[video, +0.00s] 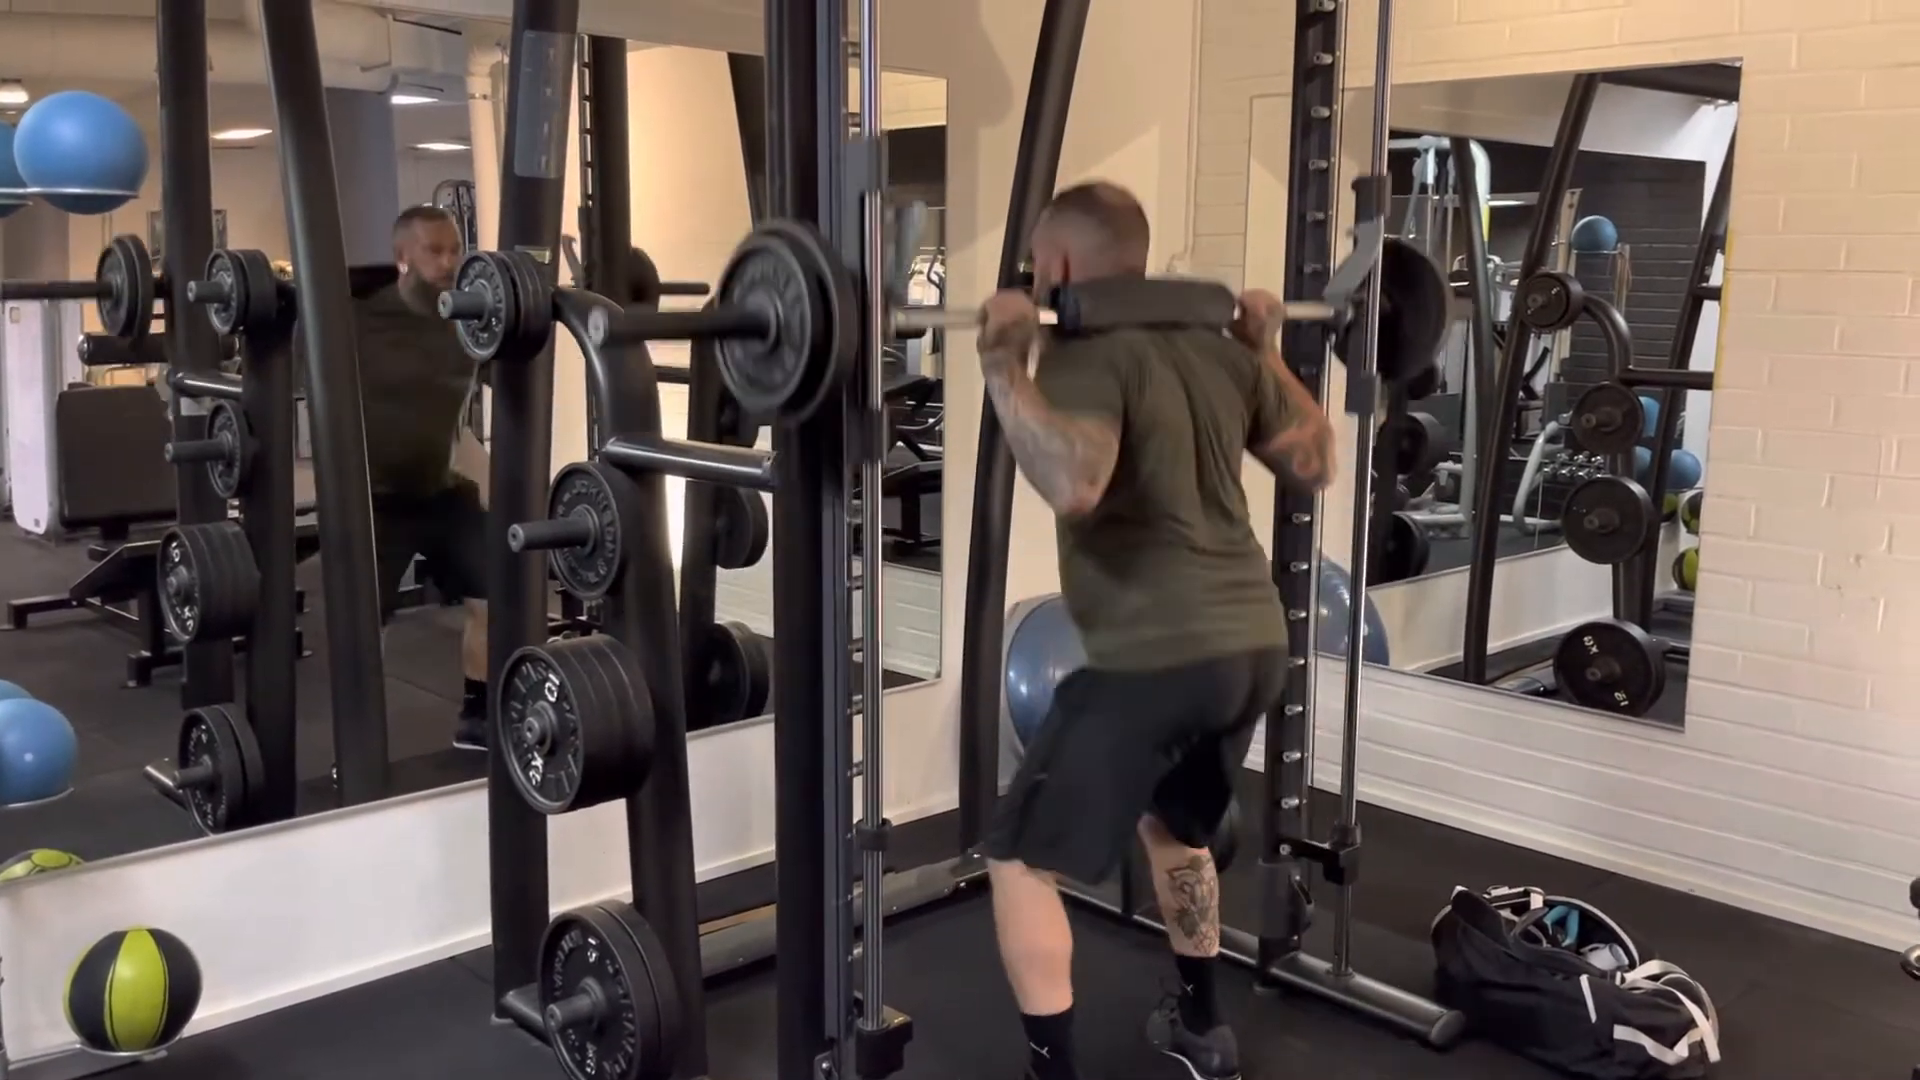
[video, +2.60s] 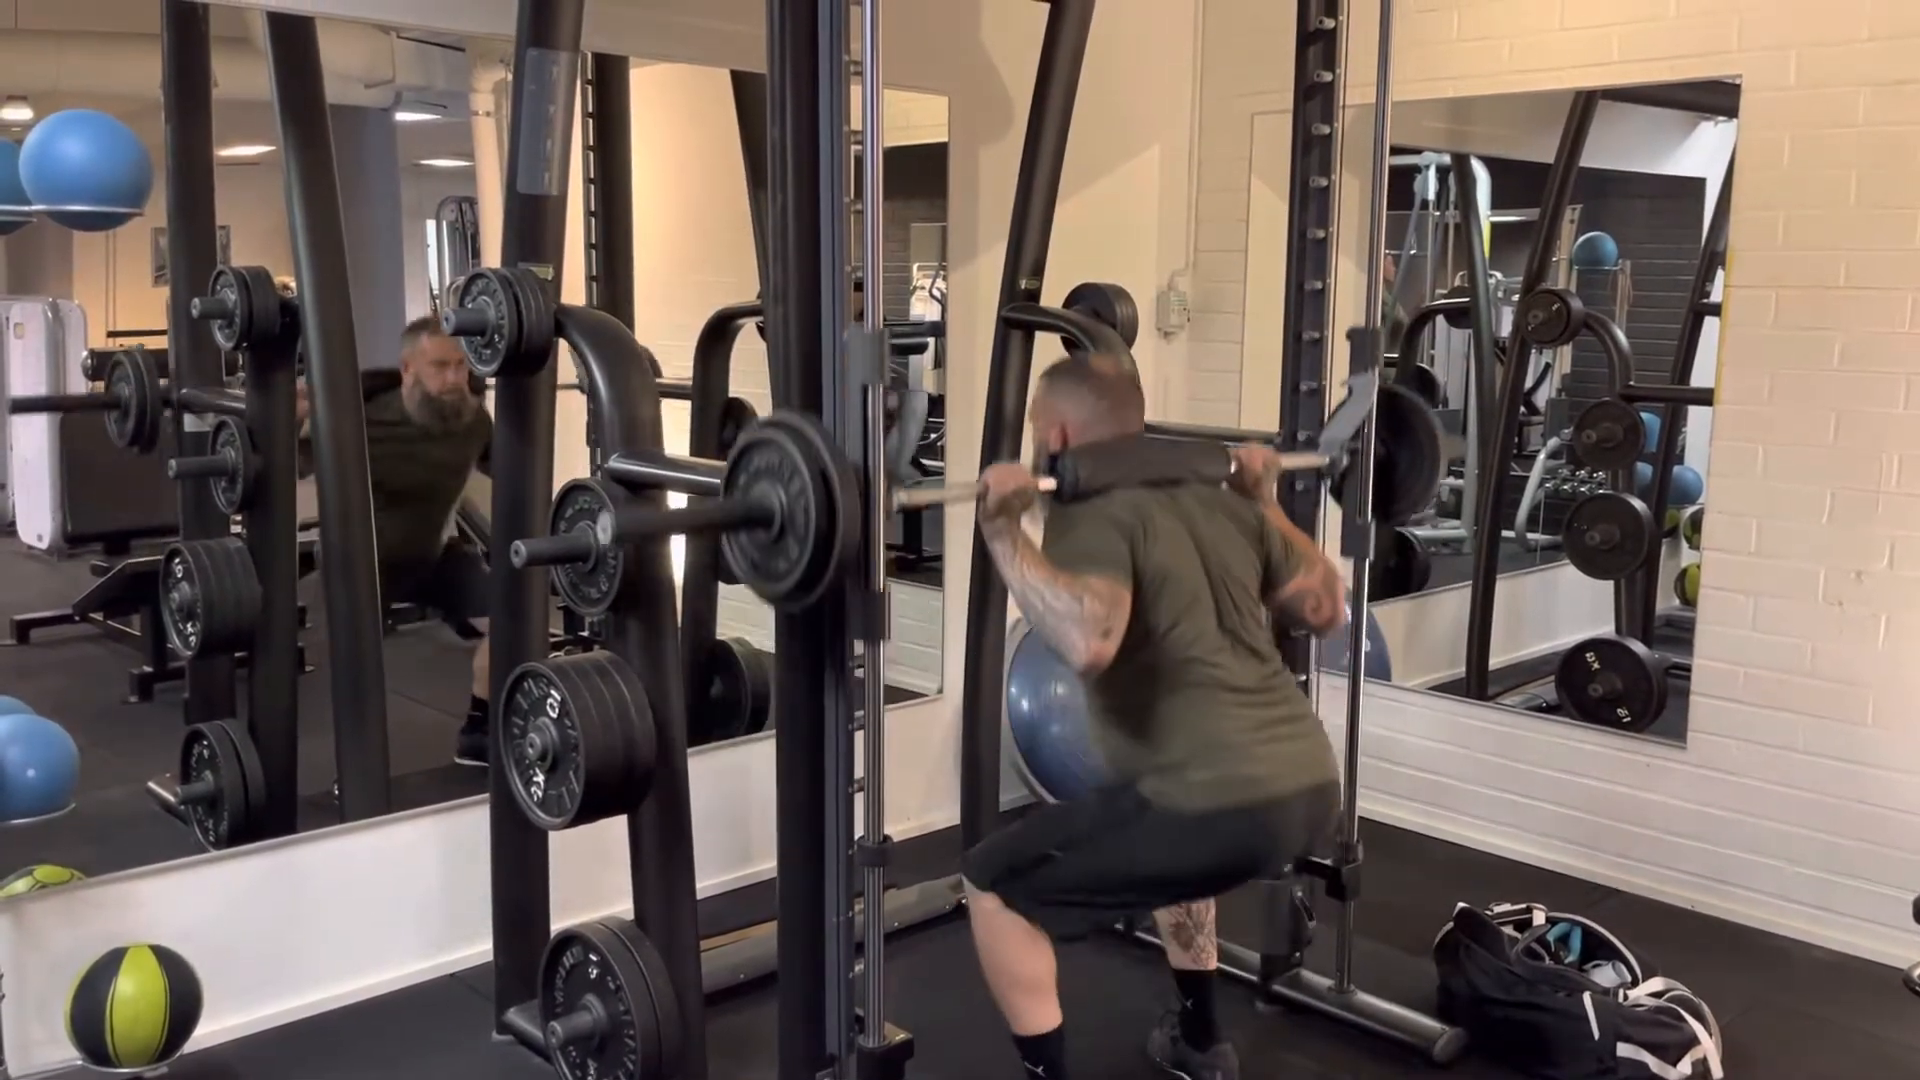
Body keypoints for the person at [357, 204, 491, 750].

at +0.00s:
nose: (448, 262)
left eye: (453, 250)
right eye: (435, 251)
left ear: (460, 252)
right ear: (402, 256)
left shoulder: (465, 318)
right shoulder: (363, 319)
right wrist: (274, 298)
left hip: (442, 490)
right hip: (374, 494)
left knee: (494, 584)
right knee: (361, 621)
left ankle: (478, 714)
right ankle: (354, 734)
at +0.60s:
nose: (449, 233)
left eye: (455, 221)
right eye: (434, 221)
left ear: (462, 226)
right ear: (399, 227)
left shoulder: (466, 291)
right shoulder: (355, 293)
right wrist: (277, 283)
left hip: (453, 482)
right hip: (378, 486)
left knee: (477, 596)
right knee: (362, 619)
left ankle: (477, 719)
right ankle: (353, 734)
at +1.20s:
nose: (449, 260)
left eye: (454, 248)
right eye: (435, 248)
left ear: (462, 251)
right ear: (401, 252)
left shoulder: (467, 313)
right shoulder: (356, 313)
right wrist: (264, 290)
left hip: (445, 495)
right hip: (372, 499)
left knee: (486, 593)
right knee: (353, 625)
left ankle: (476, 726)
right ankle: (350, 744)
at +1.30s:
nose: (447, 289)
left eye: (452, 278)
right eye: (435, 277)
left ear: (457, 280)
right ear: (404, 279)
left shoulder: (460, 344)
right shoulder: (361, 339)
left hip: (445, 510)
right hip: (376, 511)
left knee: (494, 594)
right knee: (355, 630)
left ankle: (476, 726)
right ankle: (352, 752)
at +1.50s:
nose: (453, 365)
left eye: (457, 350)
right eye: (438, 351)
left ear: (467, 353)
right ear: (405, 358)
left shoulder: (471, 408)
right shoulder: (363, 412)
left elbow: (500, 448)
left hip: (436, 551)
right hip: (367, 556)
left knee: (509, 604)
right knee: (352, 644)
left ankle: (477, 726)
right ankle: (353, 756)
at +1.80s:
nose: (454, 451)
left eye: (462, 437)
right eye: (441, 438)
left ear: (470, 435)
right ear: (408, 439)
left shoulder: (477, 485)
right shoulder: (363, 485)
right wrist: (292, 492)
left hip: (435, 616)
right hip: (365, 620)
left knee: (509, 617)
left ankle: (477, 729)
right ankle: (352, 761)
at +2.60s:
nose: (455, 379)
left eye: (461, 366)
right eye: (441, 366)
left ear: (470, 368)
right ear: (407, 370)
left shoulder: (473, 423)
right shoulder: (364, 420)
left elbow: (514, 467)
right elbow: (293, 470)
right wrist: (287, 421)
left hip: (430, 560)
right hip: (360, 565)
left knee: (508, 608)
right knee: (353, 653)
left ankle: (480, 728)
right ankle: (356, 765)